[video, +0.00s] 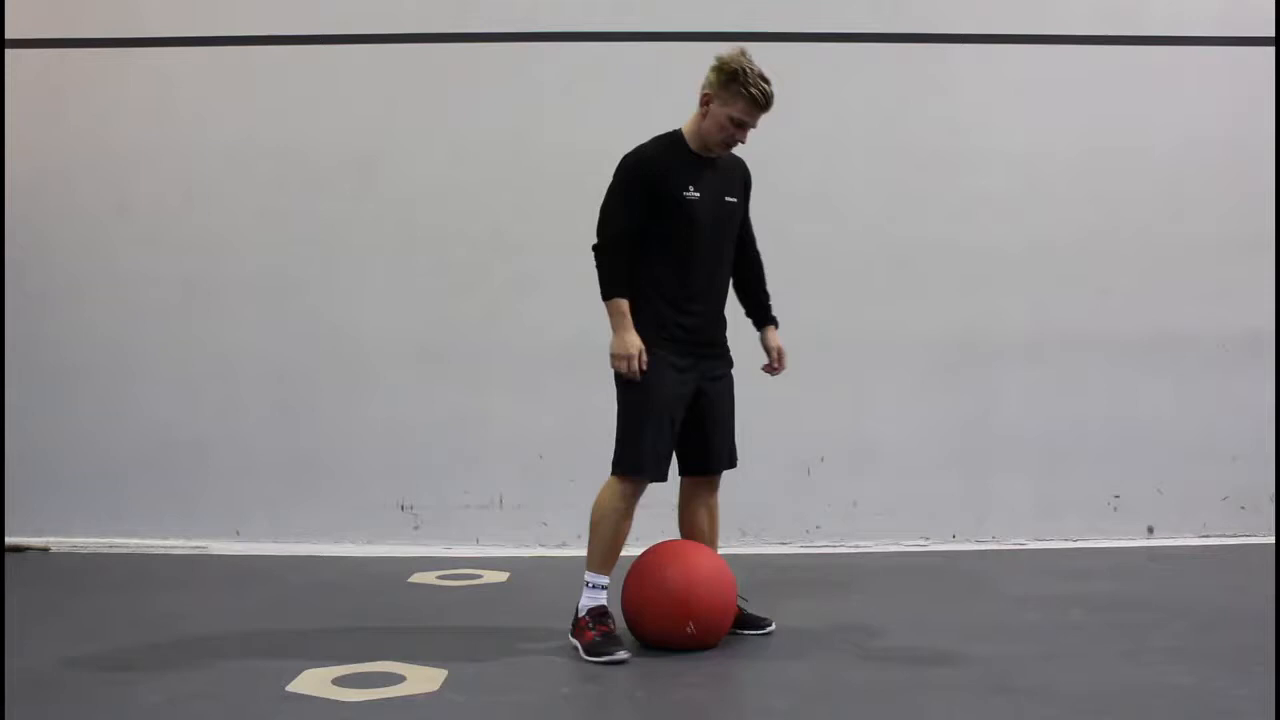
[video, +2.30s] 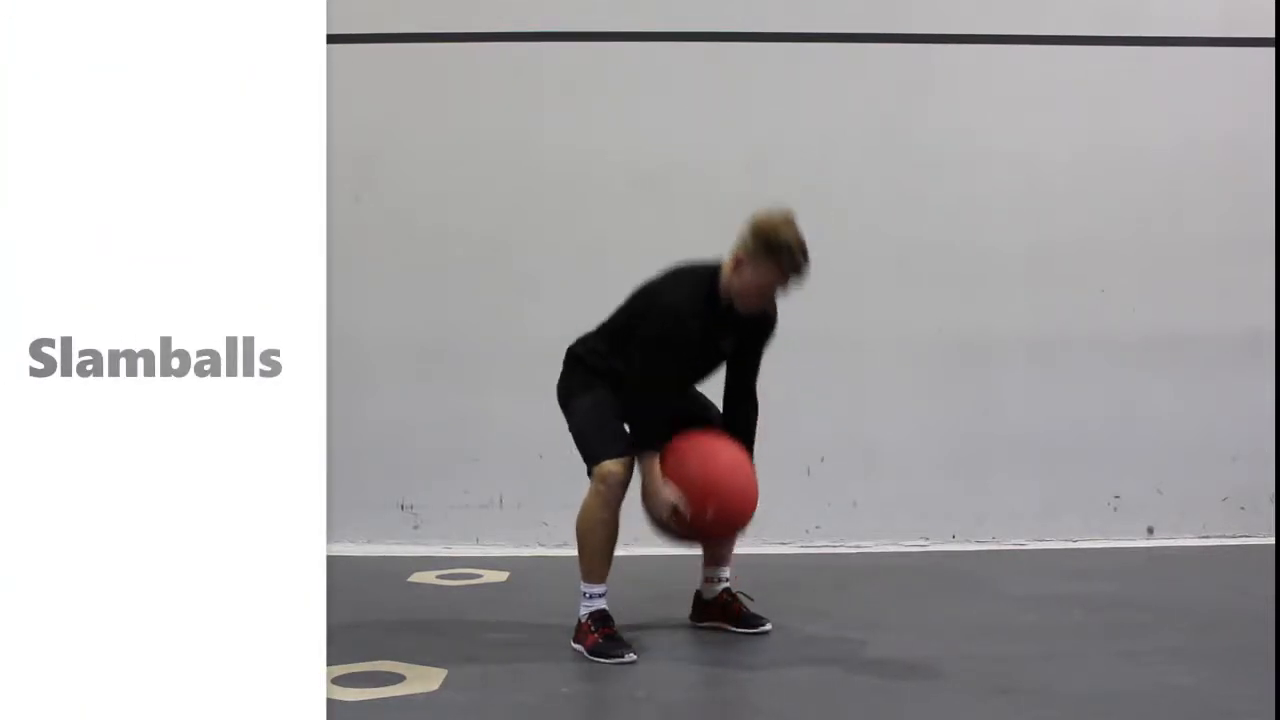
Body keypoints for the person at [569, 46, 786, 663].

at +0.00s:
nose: (742, 135)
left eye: (750, 126)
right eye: (737, 122)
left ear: (753, 120)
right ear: (706, 103)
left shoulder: (735, 173)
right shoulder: (644, 164)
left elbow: (742, 252)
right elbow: (608, 247)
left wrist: (766, 324)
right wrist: (622, 327)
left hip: (709, 353)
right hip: (653, 350)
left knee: (703, 476)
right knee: (632, 476)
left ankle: (707, 602)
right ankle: (592, 607)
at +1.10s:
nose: (763, 192)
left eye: (773, 184)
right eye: (758, 179)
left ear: (780, 175)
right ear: (735, 149)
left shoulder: (754, 211)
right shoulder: (665, 195)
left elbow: (750, 290)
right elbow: (624, 289)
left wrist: (751, 366)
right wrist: (632, 371)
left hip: (679, 347)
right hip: (617, 345)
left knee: (705, 464)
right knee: (611, 473)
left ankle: (710, 596)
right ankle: (589, 614)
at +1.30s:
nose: (773, 266)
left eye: (782, 261)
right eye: (771, 254)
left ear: (793, 250)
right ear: (752, 224)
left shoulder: (766, 271)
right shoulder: (680, 250)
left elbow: (754, 351)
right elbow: (643, 341)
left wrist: (747, 430)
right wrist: (640, 436)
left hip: (669, 364)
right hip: (606, 357)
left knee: (720, 464)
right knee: (609, 471)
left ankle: (711, 595)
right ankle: (588, 615)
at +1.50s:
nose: (785, 355)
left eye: (794, 350)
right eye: (785, 343)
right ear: (764, 314)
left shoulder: (769, 340)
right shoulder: (690, 323)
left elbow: (749, 420)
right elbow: (656, 422)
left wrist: (738, 506)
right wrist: (642, 519)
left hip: (670, 393)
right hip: (600, 382)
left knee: (732, 469)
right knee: (615, 477)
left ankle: (716, 595)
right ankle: (590, 615)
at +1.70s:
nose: (782, 429)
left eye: (791, 425)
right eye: (782, 418)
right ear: (764, 389)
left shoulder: (768, 404)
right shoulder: (693, 388)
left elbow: (746, 488)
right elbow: (655, 488)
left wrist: (728, 576)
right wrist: (639, 580)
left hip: (662, 423)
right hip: (598, 410)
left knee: (755, 477)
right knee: (614, 480)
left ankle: (722, 595)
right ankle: (591, 616)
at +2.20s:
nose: (779, 346)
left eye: (787, 337)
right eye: (777, 332)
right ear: (751, 308)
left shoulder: (762, 353)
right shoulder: (688, 330)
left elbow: (741, 429)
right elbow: (649, 419)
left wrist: (730, 519)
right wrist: (646, 512)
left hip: (661, 396)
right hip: (596, 385)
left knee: (737, 464)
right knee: (609, 473)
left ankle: (712, 596)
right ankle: (592, 616)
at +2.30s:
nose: (768, 299)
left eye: (776, 289)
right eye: (764, 286)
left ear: (784, 280)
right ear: (736, 263)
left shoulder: (758, 315)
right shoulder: (679, 295)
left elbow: (740, 393)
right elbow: (646, 381)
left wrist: (738, 476)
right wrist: (653, 476)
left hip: (659, 381)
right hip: (597, 376)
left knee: (724, 468)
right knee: (612, 472)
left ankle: (713, 594)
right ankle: (592, 616)